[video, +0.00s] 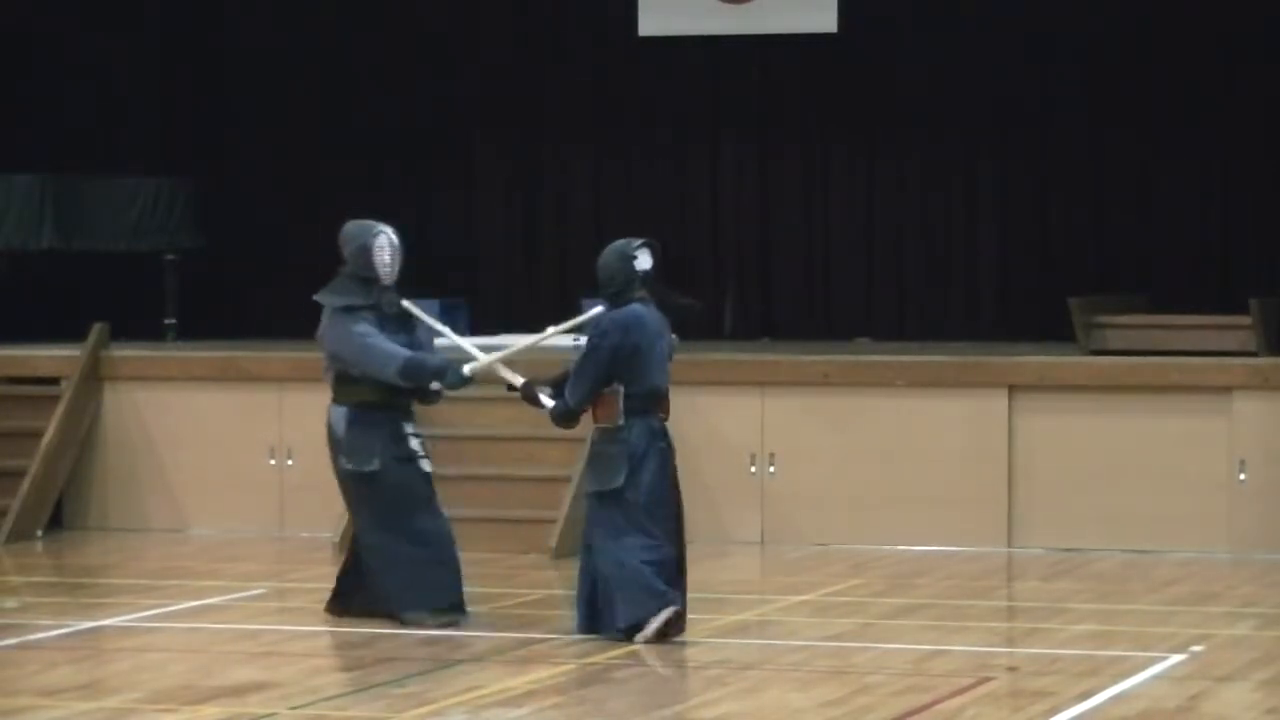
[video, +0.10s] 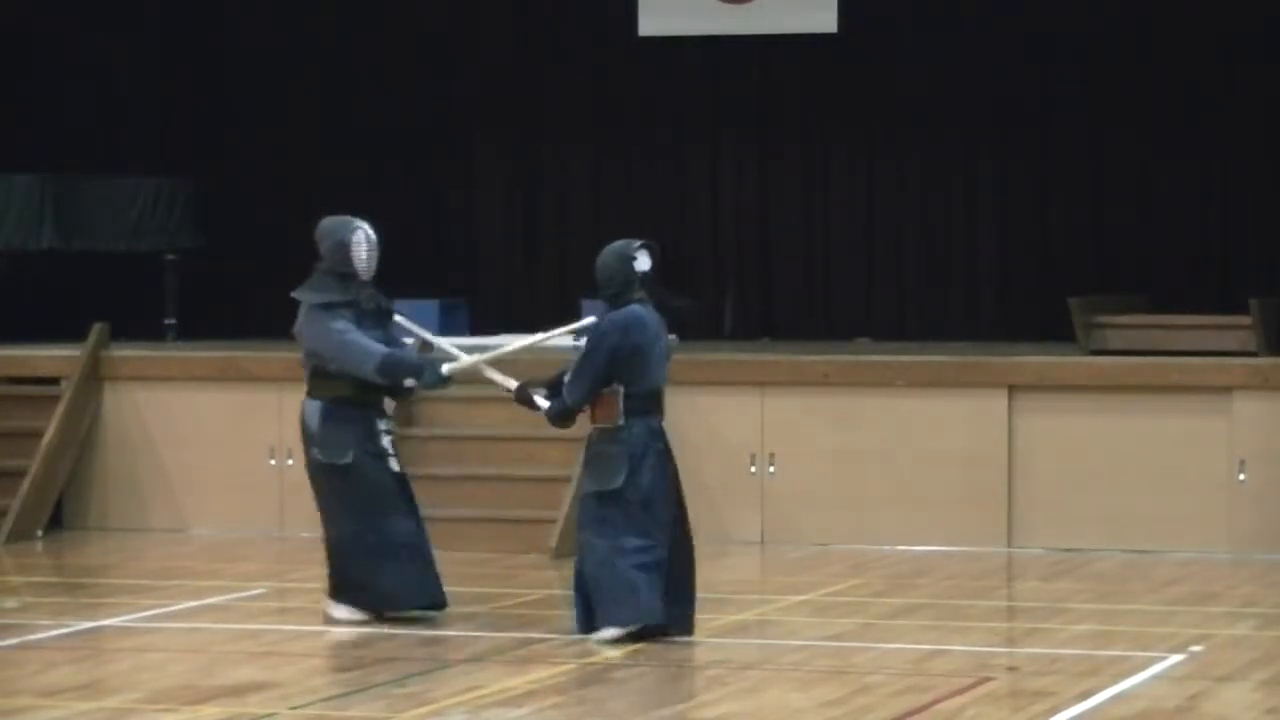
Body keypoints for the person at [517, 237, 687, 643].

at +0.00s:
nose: (601, 284)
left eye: (604, 277)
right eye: (604, 276)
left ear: (610, 279)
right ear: (640, 277)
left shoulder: (613, 326)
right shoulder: (655, 321)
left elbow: (576, 398)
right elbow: (603, 370)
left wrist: (543, 400)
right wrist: (551, 387)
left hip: (622, 435)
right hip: (653, 430)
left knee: (608, 525)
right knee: (646, 522)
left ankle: (651, 606)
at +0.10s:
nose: (600, 285)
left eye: (602, 278)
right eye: (603, 278)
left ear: (608, 281)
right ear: (637, 278)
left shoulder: (613, 327)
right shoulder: (651, 321)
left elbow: (580, 390)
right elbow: (597, 367)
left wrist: (546, 406)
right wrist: (545, 388)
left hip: (620, 436)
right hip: (650, 431)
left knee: (599, 523)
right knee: (649, 520)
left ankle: (624, 614)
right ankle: (660, 613)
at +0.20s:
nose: (593, 285)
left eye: (596, 279)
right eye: (596, 279)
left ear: (603, 282)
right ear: (631, 279)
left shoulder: (605, 327)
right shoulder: (645, 322)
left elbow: (576, 390)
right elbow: (591, 372)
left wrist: (549, 409)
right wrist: (545, 392)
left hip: (613, 439)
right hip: (644, 435)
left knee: (588, 520)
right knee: (640, 522)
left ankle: (587, 619)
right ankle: (646, 616)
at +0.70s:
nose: (552, 290)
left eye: (555, 283)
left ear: (559, 287)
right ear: (594, 283)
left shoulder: (566, 333)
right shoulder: (608, 325)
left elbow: (525, 410)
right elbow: (557, 374)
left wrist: (500, 400)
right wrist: (514, 383)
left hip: (580, 448)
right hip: (612, 443)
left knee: (538, 525)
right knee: (618, 526)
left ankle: (529, 618)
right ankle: (643, 617)